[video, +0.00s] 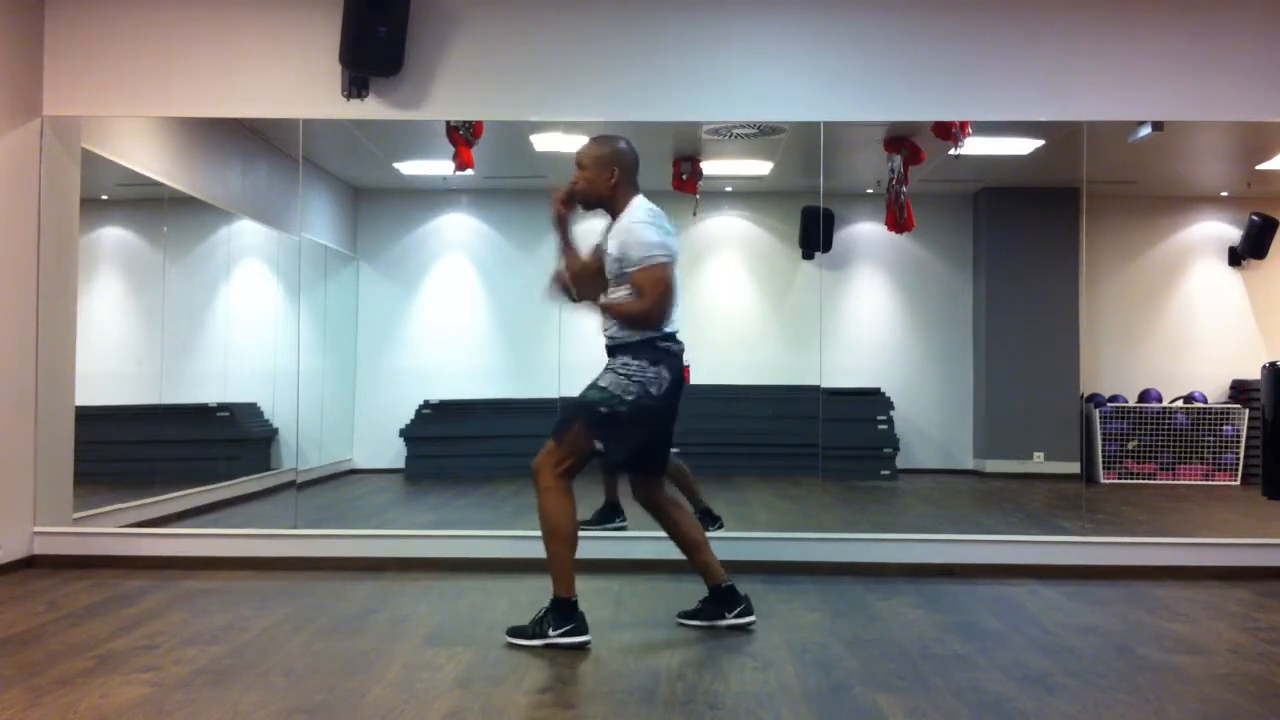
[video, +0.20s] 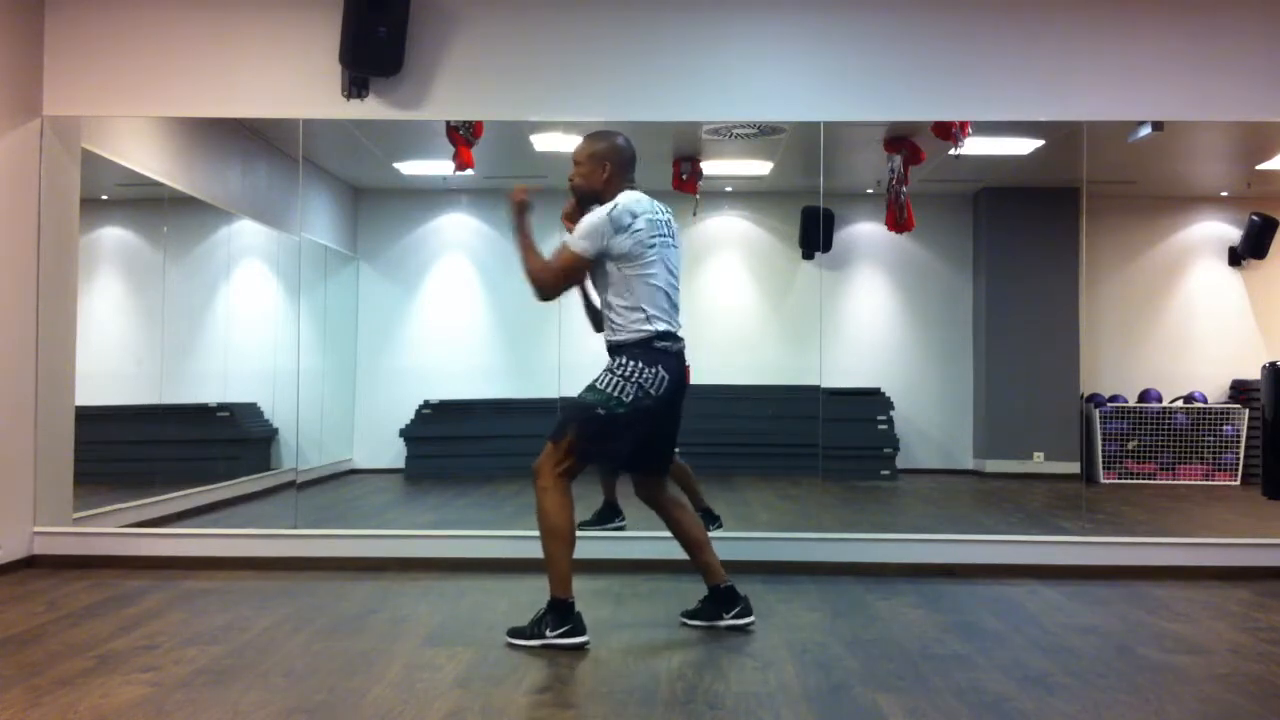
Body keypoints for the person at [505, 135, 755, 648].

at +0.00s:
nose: (575, 180)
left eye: (581, 170)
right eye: (576, 170)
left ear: (613, 175)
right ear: (615, 176)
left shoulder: (642, 223)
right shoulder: (621, 224)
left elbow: (651, 310)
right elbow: (584, 284)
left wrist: (591, 299)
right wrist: (563, 227)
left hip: (640, 368)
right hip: (647, 367)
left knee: (550, 469)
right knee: (649, 487)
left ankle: (564, 611)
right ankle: (724, 594)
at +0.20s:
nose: (571, 176)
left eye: (578, 166)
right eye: (573, 166)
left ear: (605, 170)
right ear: (619, 171)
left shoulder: (612, 215)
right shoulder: (658, 216)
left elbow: (545, 283)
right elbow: (610, 308)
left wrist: (522, 224)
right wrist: (577, 241)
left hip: (635, 365)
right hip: (667, 366)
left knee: (550, 470)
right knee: (651, 483)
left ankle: (561, 612)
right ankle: (724, 594)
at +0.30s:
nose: (572, 171)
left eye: (579, 162)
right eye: (574, 162)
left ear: (609, 165)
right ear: (615, 166)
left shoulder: (632, 211)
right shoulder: (637, 208)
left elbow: (585, 288)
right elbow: (589, 290)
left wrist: (556, 226)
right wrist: (559, 230)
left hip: (638, 360)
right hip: (651, 360)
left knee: (559, 467)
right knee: (646, 480)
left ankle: (563, 612)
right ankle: (718, 589)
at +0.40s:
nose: (579, 172)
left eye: (585, 162)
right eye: (579, 162)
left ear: (616, 165)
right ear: (620, 165)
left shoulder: (643, 210)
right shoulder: (634, 209)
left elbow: (592, 283)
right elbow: (590, 281)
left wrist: (570, 217)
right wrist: (573, 218)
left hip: (643, 358)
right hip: (649, 357)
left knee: (568, 467)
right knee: (652, 480)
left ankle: (564, 611)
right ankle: (720, 593)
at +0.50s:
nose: (590, 163)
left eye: (595, 154)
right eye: (591, 155)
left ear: (622, 156)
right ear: (633, 155)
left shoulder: (637, 199)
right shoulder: (659, 200)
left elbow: (577, 268)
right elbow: (600, 272)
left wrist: (578, 195)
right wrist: (590, 207)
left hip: (642, 350)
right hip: (664, 349)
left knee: (570, 464)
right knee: (669, 475)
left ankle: (564, 610)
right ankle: (722, 595)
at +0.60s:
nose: (594, 157)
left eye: (598, 148)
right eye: (595, 148)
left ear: (620, 148)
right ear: (644, 147)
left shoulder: (617, 194)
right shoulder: (678, 199)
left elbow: (566, 264)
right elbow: (648, 248)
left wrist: (575, 195)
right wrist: (603, 193)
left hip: (636, 342)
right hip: (674, 343)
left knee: (573, 464)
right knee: (681, 472)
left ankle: (564, 608)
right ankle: (723, 596)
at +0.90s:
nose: (577, 179)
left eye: (584, 169)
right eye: (579, 169)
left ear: (614, 176)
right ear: (623, 175)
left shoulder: (636, 220)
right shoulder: (645, 216)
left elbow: (580, 289)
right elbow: (591, 286)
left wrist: (575, 216)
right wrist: (583, 218)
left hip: (634, 369)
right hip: (655, 368)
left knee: (549, 468)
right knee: (663, 490)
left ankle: (561, 611)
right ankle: (743, 593)